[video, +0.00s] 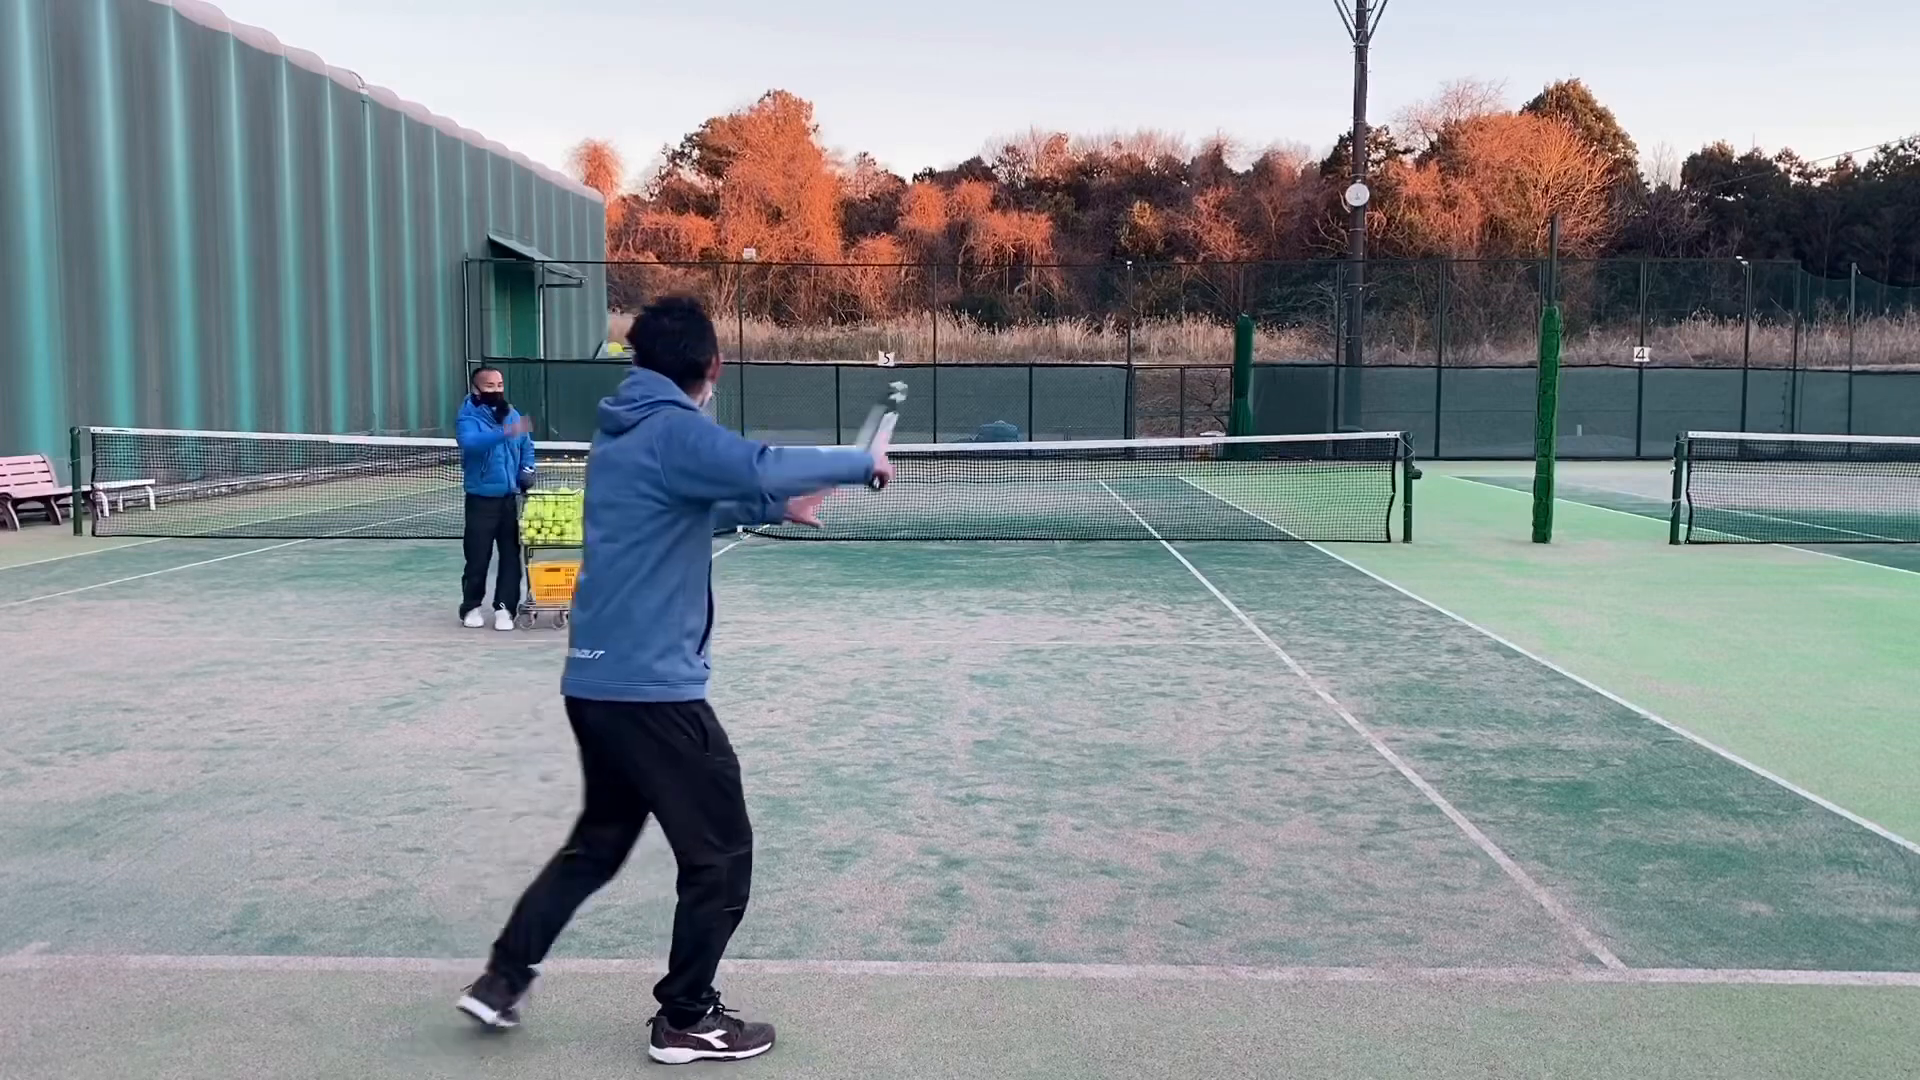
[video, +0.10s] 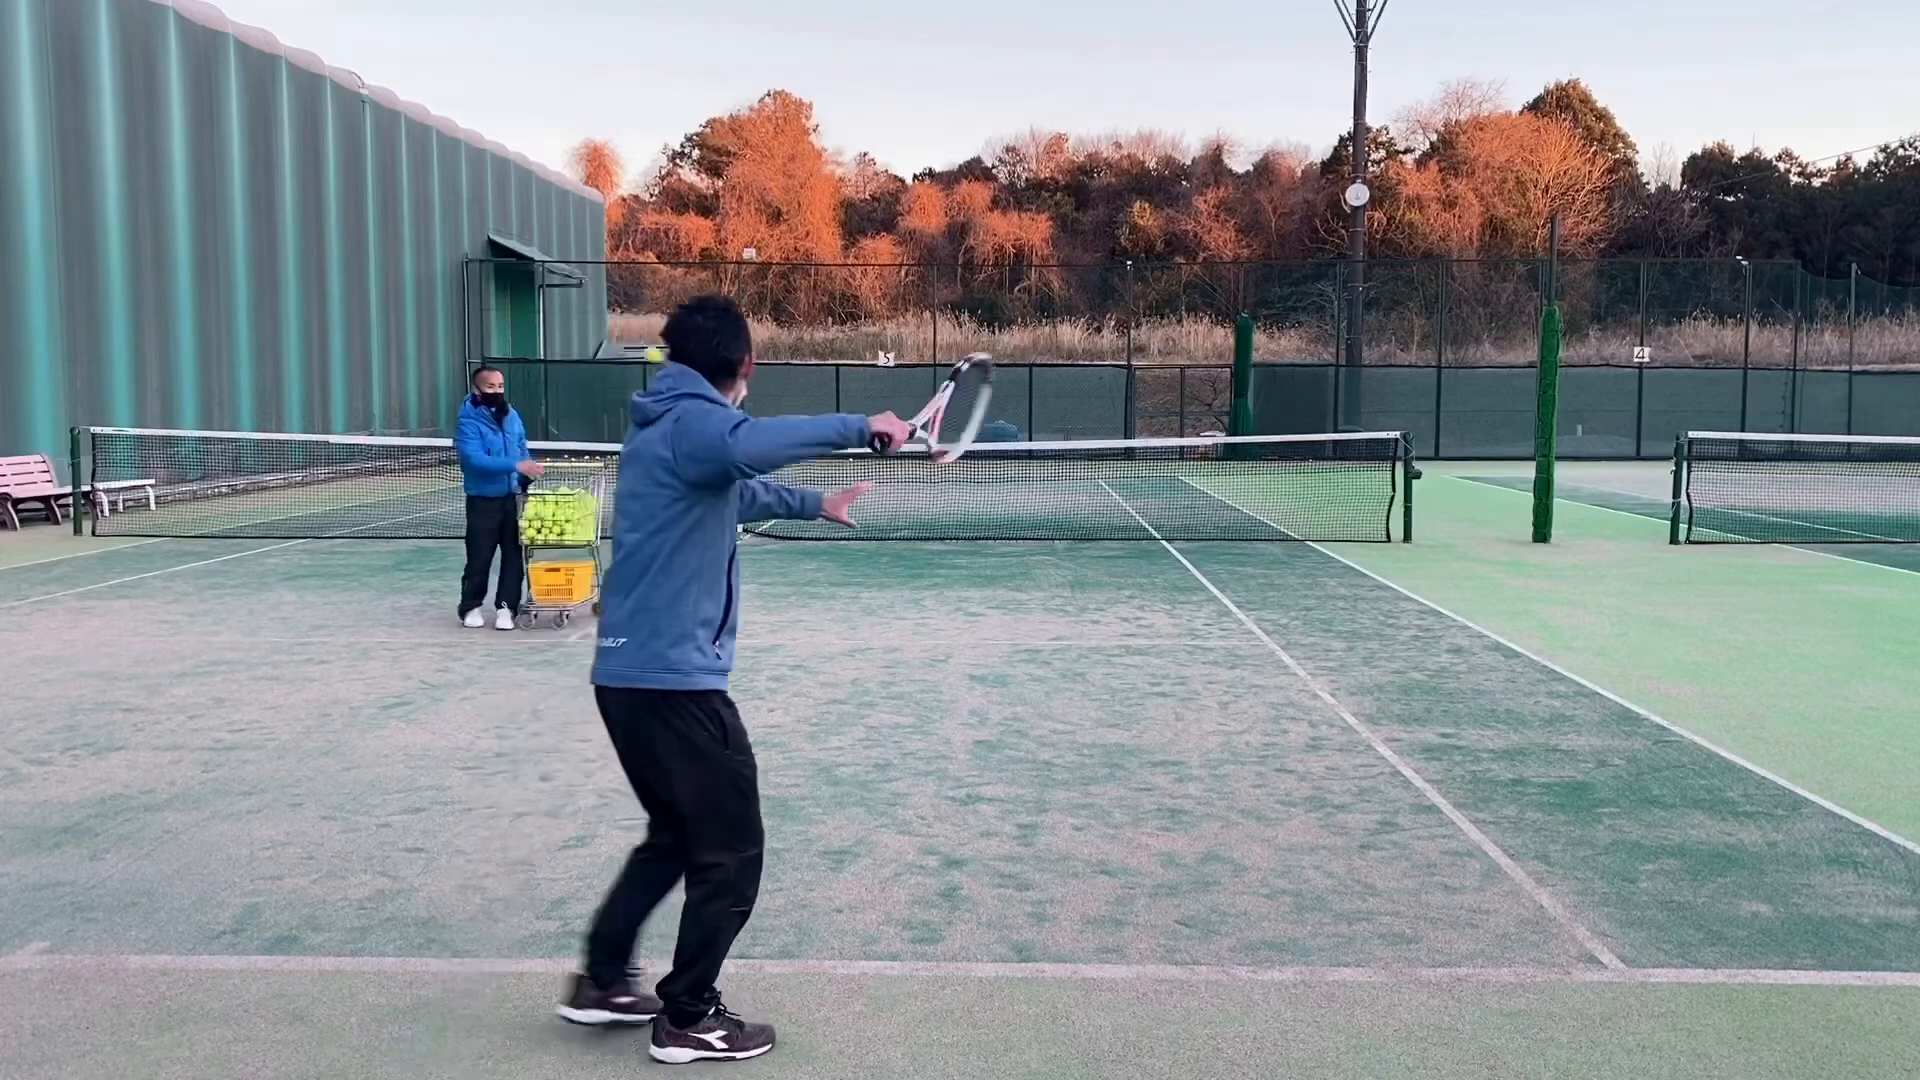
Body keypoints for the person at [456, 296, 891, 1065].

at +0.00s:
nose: (721, 368)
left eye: (718, 356)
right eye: (719, 357)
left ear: (642, 362)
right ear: (709, 365)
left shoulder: (618, 436)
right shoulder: (676, 434)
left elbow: (689, 512)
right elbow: (766, 471)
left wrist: (776, 507)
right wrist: (865, 462)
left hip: (593, 685)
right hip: (652, 689)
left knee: (601, 837)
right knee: (721, 849)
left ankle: (500, 981)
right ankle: (686, 1017)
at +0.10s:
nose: (753, 374)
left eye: (750, 361)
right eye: (753, 361)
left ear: (676, 360)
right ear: (739, 364)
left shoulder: (657, 429)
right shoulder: (697, 425)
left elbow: (738, 498)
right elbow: (755, 446)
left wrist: (814, 503)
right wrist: (865, 426)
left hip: (629, 677)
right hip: (677, 680)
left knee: (674, 834)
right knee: (731, 849)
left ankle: (601, 978)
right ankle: (687, 1017)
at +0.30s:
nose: (817, 392)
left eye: (815, 383)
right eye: (815, 382)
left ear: (742, 378)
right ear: (801, 388)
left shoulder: (743, 456)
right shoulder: (741, 437)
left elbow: (803, 511)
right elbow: (756, 452)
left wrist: (882, 521)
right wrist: (852, 419)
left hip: (691, 692)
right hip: (723, 696)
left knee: (736, 838)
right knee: (832, 844)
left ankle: (656, 986)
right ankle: (752, 1006)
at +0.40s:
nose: (858, 407)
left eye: (858, 399)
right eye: (856, 397)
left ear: (793, 386)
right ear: (840, 397)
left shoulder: (792, 464)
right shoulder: (773, 434)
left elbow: (845, 519)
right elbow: (761, 461)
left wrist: (922, 536)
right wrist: (863, 431)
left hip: (725, 694)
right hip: (757, 698)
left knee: (749, 845)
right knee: (867, 850)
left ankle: (657, 984)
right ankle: (857, 1038)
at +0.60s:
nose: (966, 436)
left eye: (965, 426)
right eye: (963, 424)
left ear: (906, 413)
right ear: (940, 424)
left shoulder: (900, 497)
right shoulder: (869, 474)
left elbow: (940, 553)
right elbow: (807, 476)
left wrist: (1010, 577)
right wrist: (909, 447)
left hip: (822, 719)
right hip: (838, 721)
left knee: (848, 854)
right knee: (959, 882)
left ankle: (717, 956)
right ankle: (946, 1056)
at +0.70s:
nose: (1012, 456)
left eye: (1013, 444)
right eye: (1008, 443)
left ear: (957, 432)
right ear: (982, 442)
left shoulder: (944, 512)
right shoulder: (907, 487)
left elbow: (979, 576)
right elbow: (835, 487)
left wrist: (1050, 602)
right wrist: (928, 467)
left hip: (878, 726)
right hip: (856, 728)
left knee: (928, 843)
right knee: (992, 888)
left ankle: (817, 971)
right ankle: (951, 1060)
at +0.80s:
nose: (1052, 473)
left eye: (1055, 461)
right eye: (1053, 460)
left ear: (1002, 437)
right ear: (1034, 454)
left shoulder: (983, 498)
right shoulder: (956, 477)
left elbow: (1002, 582)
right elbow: (868, 503)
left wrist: (1066, 613)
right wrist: (942, 504)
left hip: (907, 725)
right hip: (880, 731)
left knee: (971, 846)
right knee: (1012, 892)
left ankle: (917, 987)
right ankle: (956, 1058)